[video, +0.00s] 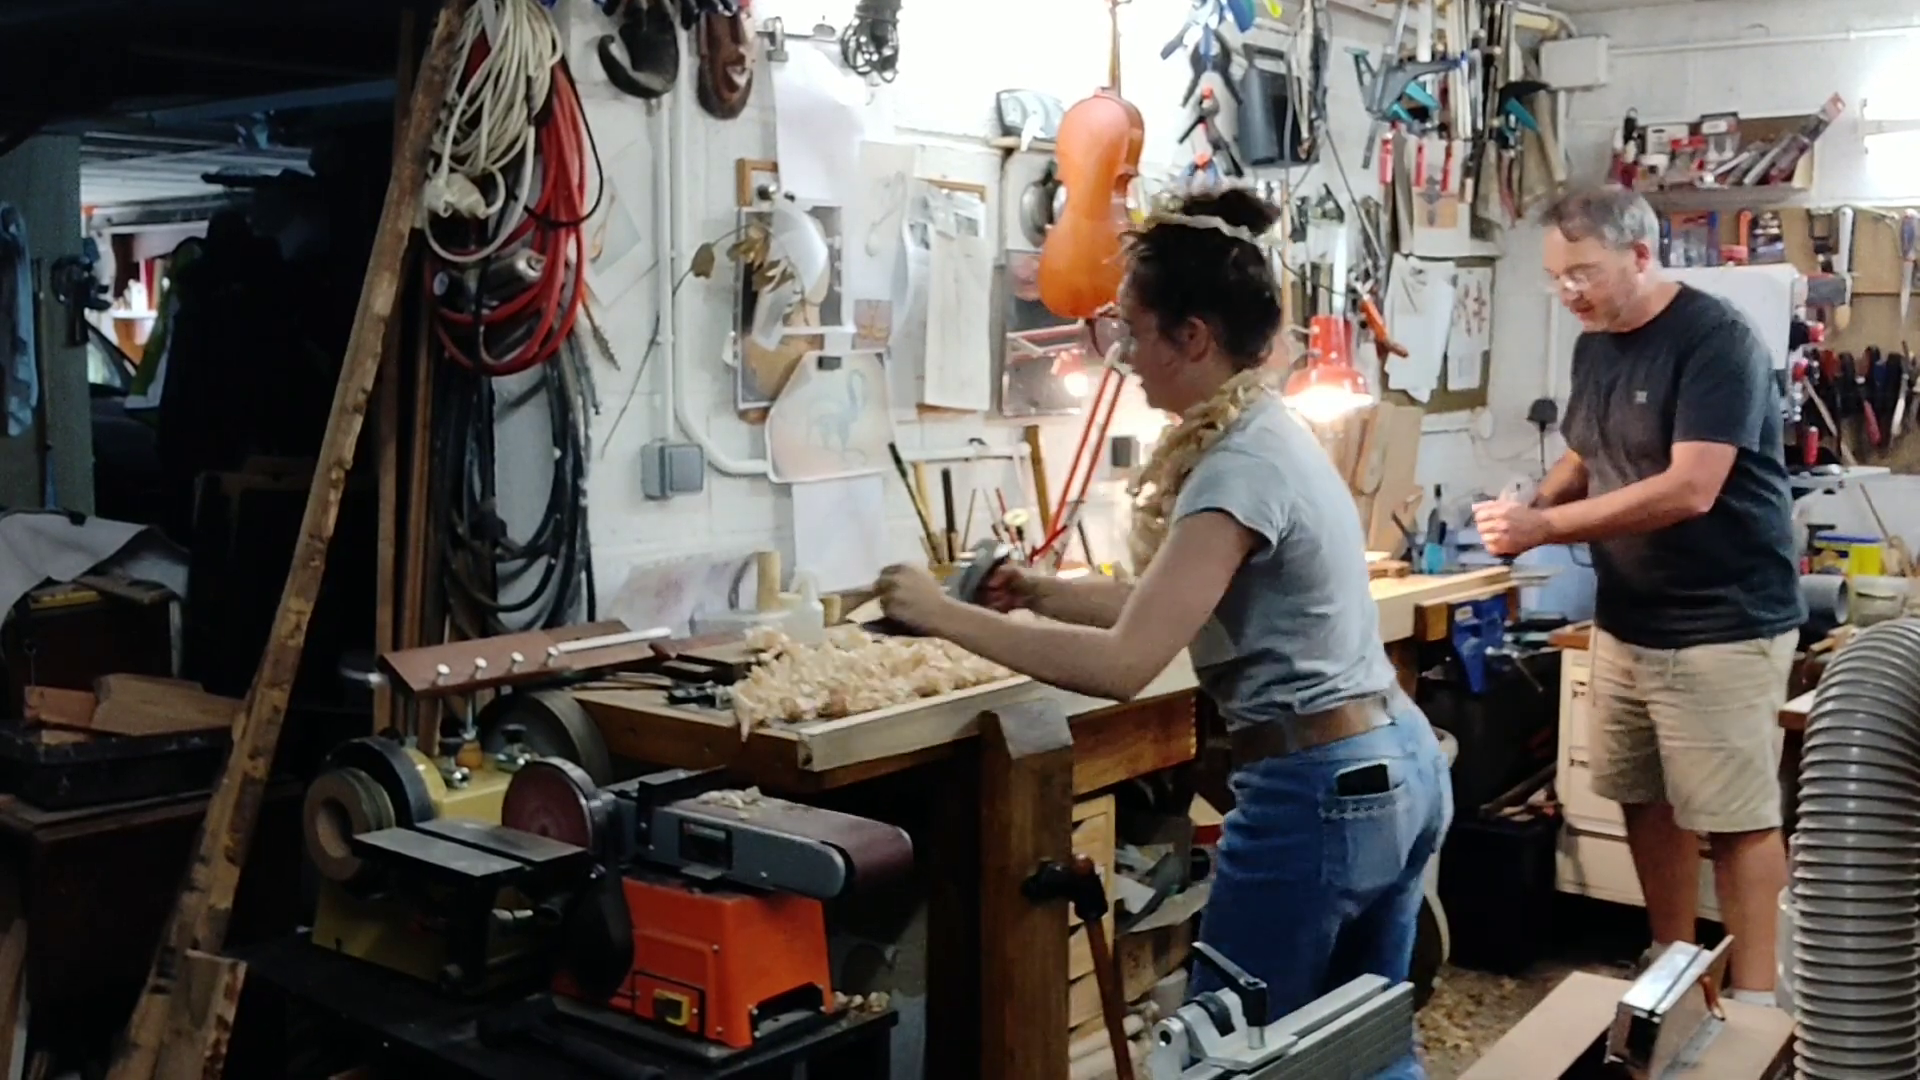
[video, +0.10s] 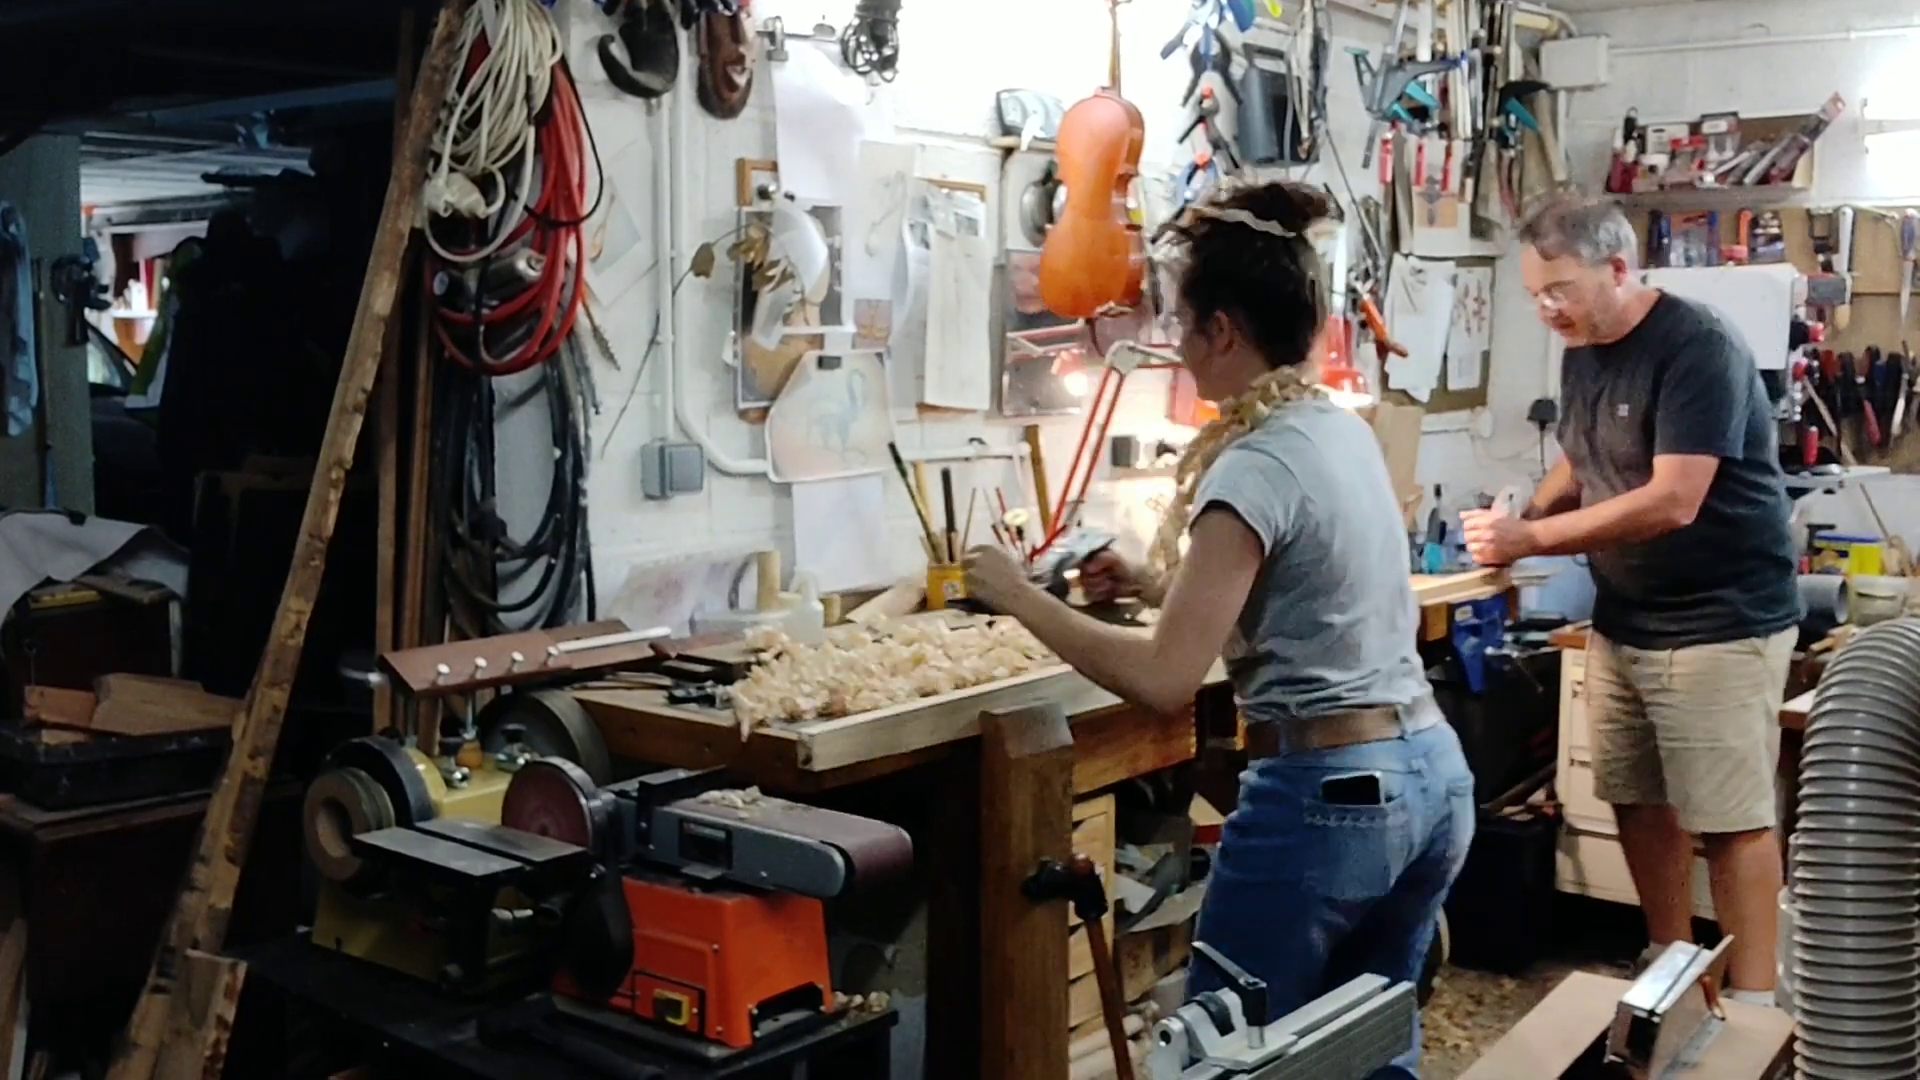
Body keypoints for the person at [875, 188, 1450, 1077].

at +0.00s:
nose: (1122, 351)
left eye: (1133, 330)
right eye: (1122, 328)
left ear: (1193, 338)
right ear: (1211, 340)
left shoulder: (1240, 463)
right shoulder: (1276, 440)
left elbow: (1125, 661)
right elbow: (1172, 600)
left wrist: (947, 617)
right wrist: (1038, 594)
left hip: (1317, 783)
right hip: (1400, 755)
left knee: (1232, 1045)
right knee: (1374, 1034)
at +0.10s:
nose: (1172, 343)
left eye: (1178, 320)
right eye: (1171, 320)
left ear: (1223, 328)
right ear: (1300, 325)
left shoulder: (1253, 466)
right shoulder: (1344, 432)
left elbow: (1164, 677)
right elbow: (1289, 600)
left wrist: (1021, 597)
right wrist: (1149, 579)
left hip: (1322, 786)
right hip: (1430, 761)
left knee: (1228, 1043)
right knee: (1380, 1043)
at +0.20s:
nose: (1239, 336)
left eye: (1239, 317)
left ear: (1257, 322)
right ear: (1375, 328)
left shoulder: (1267, 469)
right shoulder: (1422, 435)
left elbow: (1203, 681)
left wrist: (1088, 591)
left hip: (1329, 781)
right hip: (1460, 765)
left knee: (1222, 1037)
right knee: (1405, 1045)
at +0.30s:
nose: (1288, 325)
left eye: (1287, 309)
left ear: (1302, 320)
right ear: (1413, 310)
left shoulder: (1280, 468)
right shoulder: (1500, 446)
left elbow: (1237, 675)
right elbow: (1504, 634)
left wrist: (1165, 581)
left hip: (1332, 784)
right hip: (1475, 771)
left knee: (1237, 1037)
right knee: (1419, 1050)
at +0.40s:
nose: (1321, 326)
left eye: (1323, 311)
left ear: (1332, 321)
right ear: (1449, 314)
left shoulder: (1287, 462)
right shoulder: (1532, 445)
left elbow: (1260, 659)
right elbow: (1561, 635)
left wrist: (1241, 562)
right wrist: (1469, 602)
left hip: (1332, 775)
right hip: (1479, 770)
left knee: (1259, 1034)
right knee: (1423, 1048)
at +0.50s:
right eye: (1483, 301)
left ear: (1358, 308)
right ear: (1472, 306)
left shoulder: (1296, 449)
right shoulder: (1548, 446)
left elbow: (1281, 639)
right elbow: (1584, 645)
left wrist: (1360, 574)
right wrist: (1509, 581)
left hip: (1327, 754)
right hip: (1477, 755)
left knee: (1295, 1029)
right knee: (1434, 1042)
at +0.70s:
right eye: (1512, 313)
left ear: (1381, 317)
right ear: (1498, 317)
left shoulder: (1310, 453)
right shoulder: (1553, 455)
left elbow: (1326, 602)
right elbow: (1583, 657)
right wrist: (1558, 565)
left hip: (1322, 749)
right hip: (1466, 766)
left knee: (1328, 1020)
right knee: (1436, 1036)